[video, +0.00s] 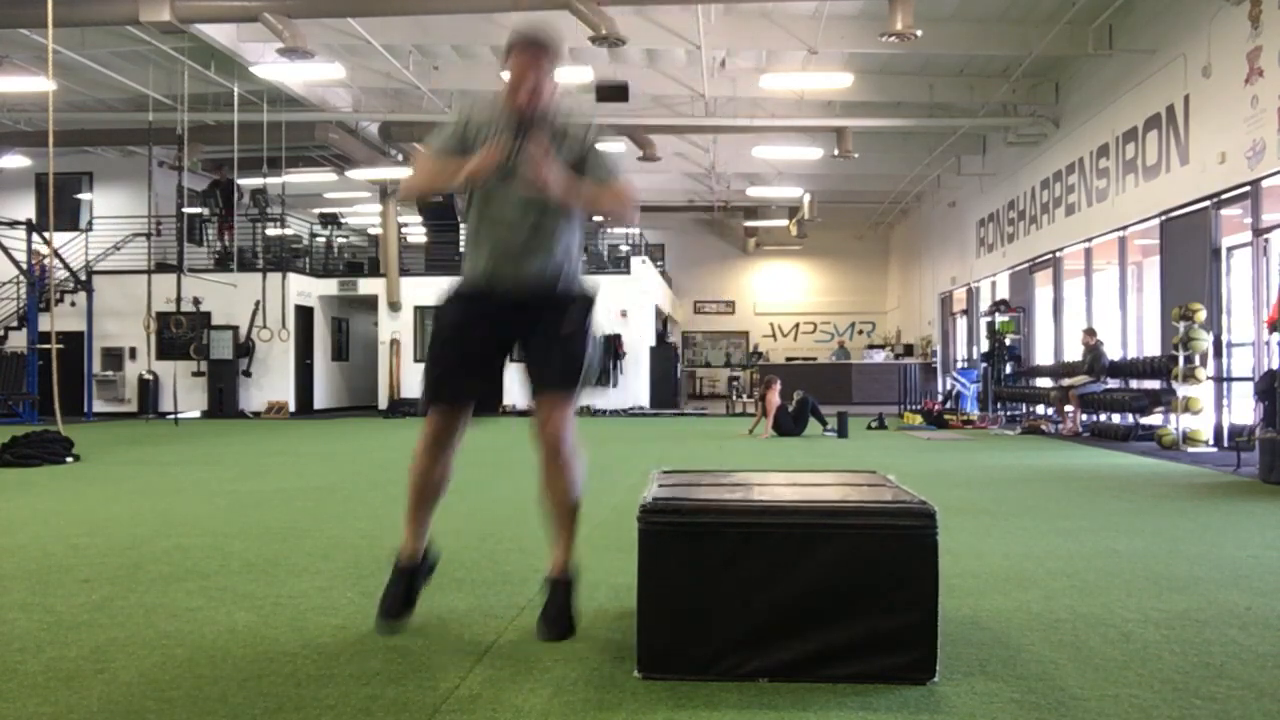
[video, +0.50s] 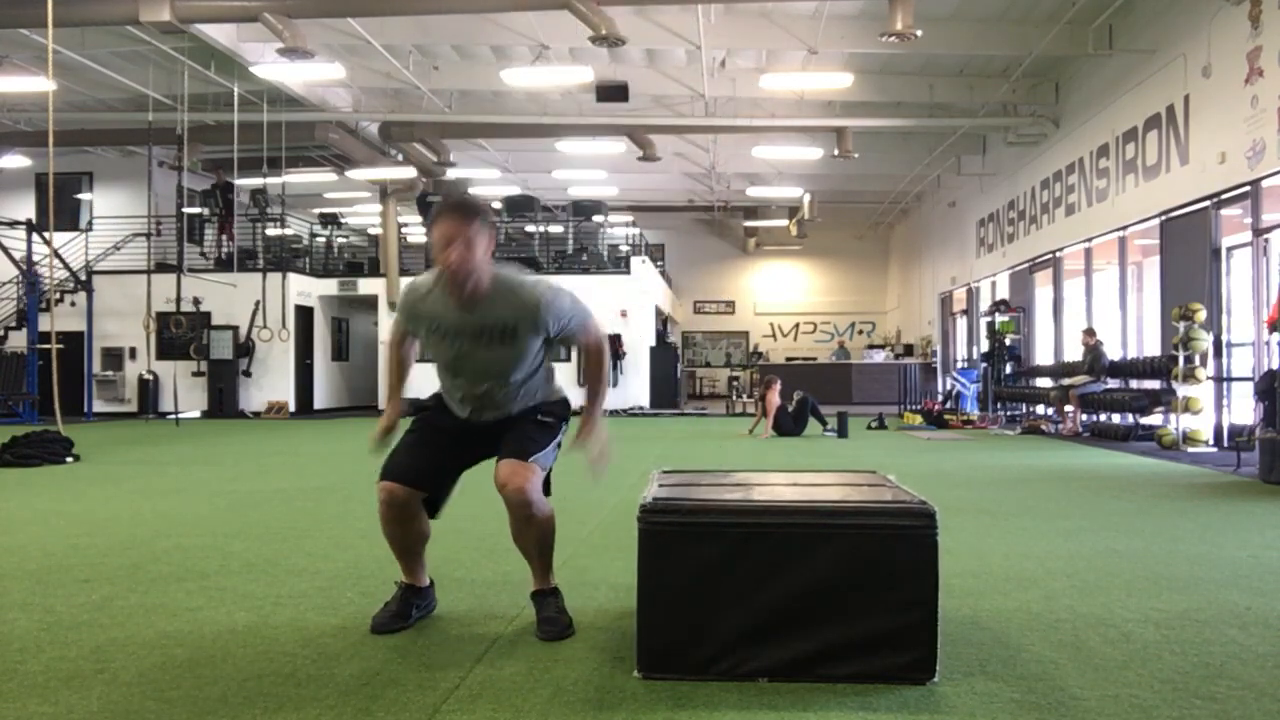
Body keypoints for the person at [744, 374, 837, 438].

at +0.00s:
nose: (780, 386)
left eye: (779, 384)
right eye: (778, 384)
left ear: (768, 385)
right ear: (773, 385)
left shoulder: (765, 396)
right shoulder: (773, 396)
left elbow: (759, 415)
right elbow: (770, 416)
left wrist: (751, 430)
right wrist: (766, 433)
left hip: (785, 430)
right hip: (792, 431)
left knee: (804, 399)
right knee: (807, 400)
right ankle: (826, 426)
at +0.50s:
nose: (780, 386)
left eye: (780, 384)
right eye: (778, 384)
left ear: (768, 385)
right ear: (773, 385)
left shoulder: (765, 396)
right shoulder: (773, 396)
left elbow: (760, 415)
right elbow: (770, 416)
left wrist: (751, 430)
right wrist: (766, 433)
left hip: (784, 430)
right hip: (792, 431)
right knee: (807, 399)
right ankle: (826, 426)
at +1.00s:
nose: (780, 387)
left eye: (779, 384)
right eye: (778, 384)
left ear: (768, 385)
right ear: (773, 385)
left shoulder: (765, 396)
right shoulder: (773, 396)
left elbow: (759, 415)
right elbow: (770, 416)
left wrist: (751, 430)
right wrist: (766, 433)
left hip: (784, 430)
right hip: (792, 431)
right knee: (807, 399)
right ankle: (826, 426)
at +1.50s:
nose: (779, 387)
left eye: (779, 384)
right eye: (778, 384)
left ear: (767, 385)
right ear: (774, 385)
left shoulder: (764, 396)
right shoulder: (772, 395)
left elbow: (759, 416)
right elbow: (770, 416)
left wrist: (751, 430)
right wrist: (767, 433)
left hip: (785, 430)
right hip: (793, 431)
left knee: (805, 398)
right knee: (807, 399)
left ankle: (825, 425)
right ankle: (826, 426)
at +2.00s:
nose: (779, 387)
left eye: (779, 385)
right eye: (778, 385)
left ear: (767, 385)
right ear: (773, 385)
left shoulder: (764, 396)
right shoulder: (772, 396)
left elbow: (759, 415)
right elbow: (770, 416)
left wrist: (751, 430)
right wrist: (767, 433)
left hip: (785, 430)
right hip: (793, 431)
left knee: (805, 398)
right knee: (807, 399)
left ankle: (825, 425)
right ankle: (826, 426)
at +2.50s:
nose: (779, 387)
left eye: (779, 384)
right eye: (778, 385)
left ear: (767, 385)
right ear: (773, 385)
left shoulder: (764, 396)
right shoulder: (772, 396)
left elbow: (759, 415)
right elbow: (770, 415)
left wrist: (751, 429)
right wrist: (767, 433)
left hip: (784, 430)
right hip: (793, 431)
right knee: (807, 399)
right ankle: (826, 426)